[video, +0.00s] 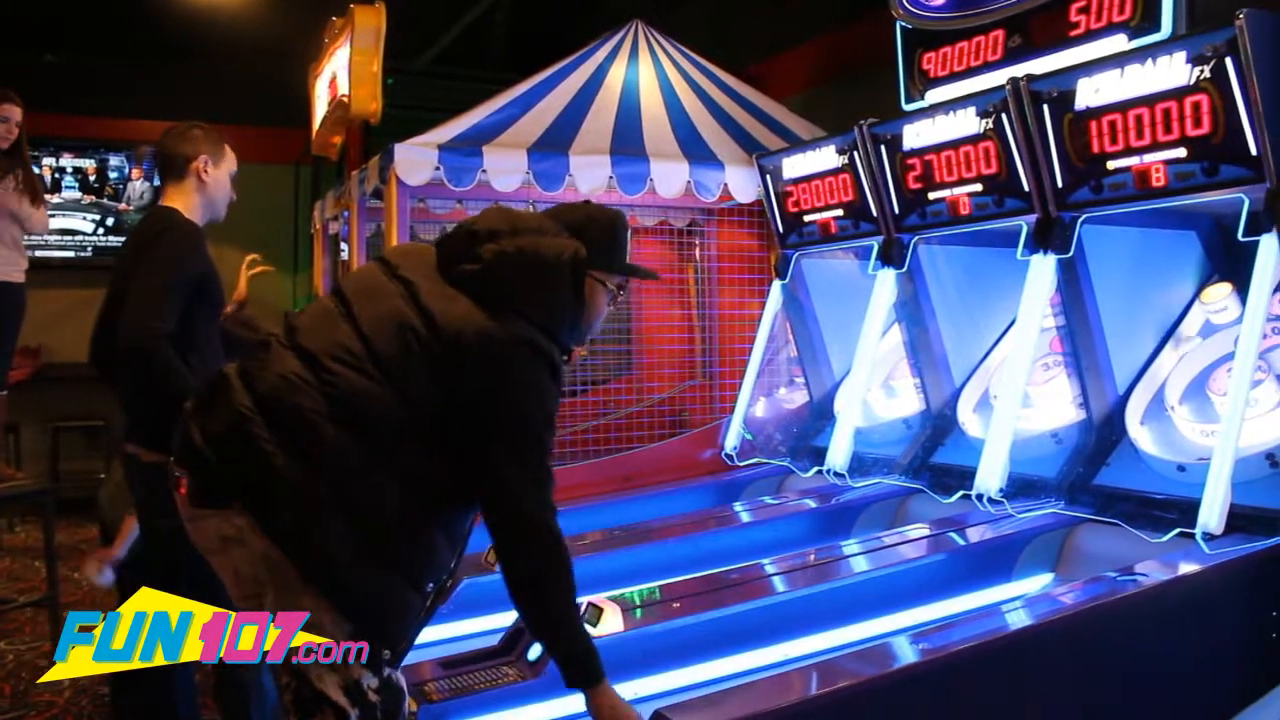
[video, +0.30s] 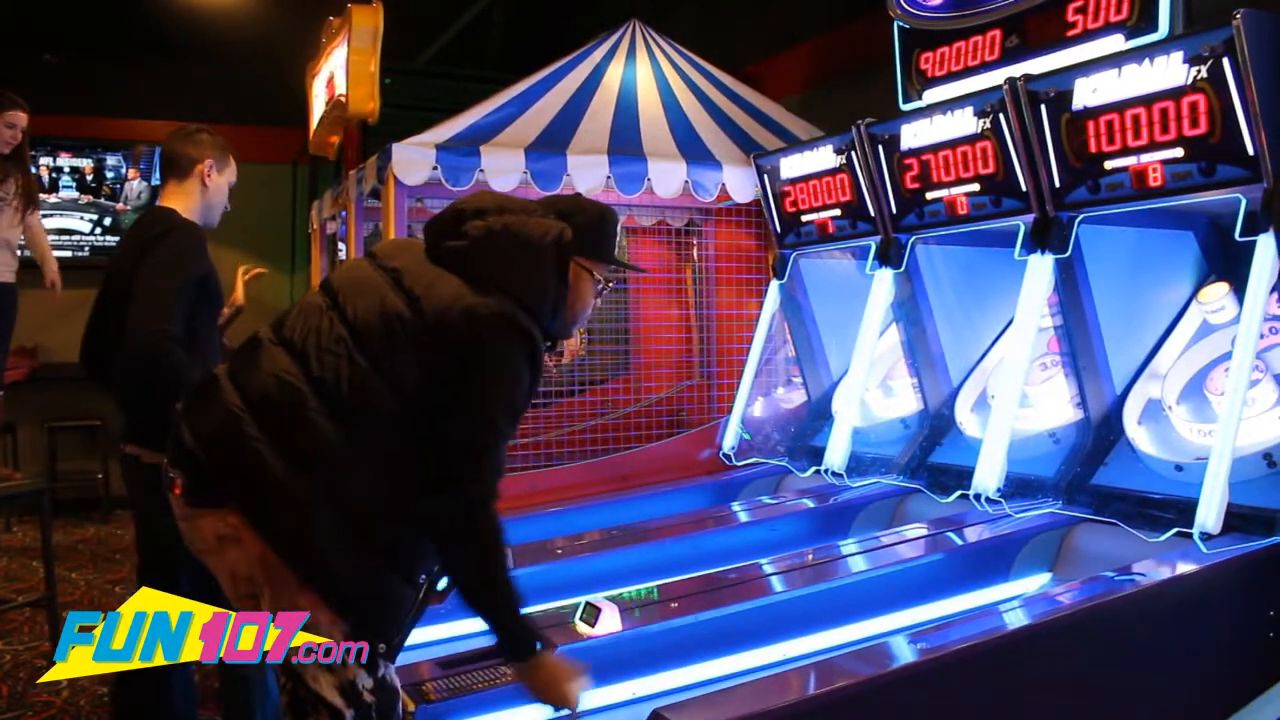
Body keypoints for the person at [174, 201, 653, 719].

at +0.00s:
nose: (611, 309)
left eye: (616, 292)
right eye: (607, 290)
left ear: (539, 260)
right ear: (568, 278)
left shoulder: (424, 264)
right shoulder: (513, 353)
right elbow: (527, 531)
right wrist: (594, 683)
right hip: (264, 502)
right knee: (345, 693)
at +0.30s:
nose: (598, 301)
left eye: (603, 284)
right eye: (595, 280)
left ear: (531, 258)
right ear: (555, 267)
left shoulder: (415, 262)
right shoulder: (496, 331)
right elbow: (461, 505)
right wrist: (526, 649)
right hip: (260, 504)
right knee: (348, 695)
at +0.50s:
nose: (596, 311)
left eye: (602, 294)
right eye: (596, 290)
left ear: (551, 264)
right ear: (561, 272)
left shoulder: (424, 265)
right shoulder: (489, 329)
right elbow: (415, 484)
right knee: (340, 686)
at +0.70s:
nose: (595, 324)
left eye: (603, 308)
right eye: (597, 304)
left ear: (537, 264)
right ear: (568, 287)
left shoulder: (418, 268)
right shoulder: (498, 337)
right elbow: (411, 487)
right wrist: (358, 645)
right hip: (259, 510)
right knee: (337, 683)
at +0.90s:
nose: (592, 312)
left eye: (598, 293)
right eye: (593, 290)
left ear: (511, 257)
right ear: (556, 276)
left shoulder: (403, 263)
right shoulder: (509, 348)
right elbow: (546, 490)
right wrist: (612, 558)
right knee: (350, 691)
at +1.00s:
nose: (588, 303)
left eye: (592, 286)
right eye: (586, 284)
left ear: (493, 247)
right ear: (554, 277)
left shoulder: (396, 265)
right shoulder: (519, 342)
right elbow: (615, 460)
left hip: (209, 484)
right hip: (286, 530)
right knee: (364, 700)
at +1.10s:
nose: (584, 293)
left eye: (587, 276)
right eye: (581, 275)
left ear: (487, 240)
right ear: (548, 265)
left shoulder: (393, 266)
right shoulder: (521, 328)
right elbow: (634, 437)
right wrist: (755, 446)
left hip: (219, 481)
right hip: (296, 517)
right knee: (359, 693)